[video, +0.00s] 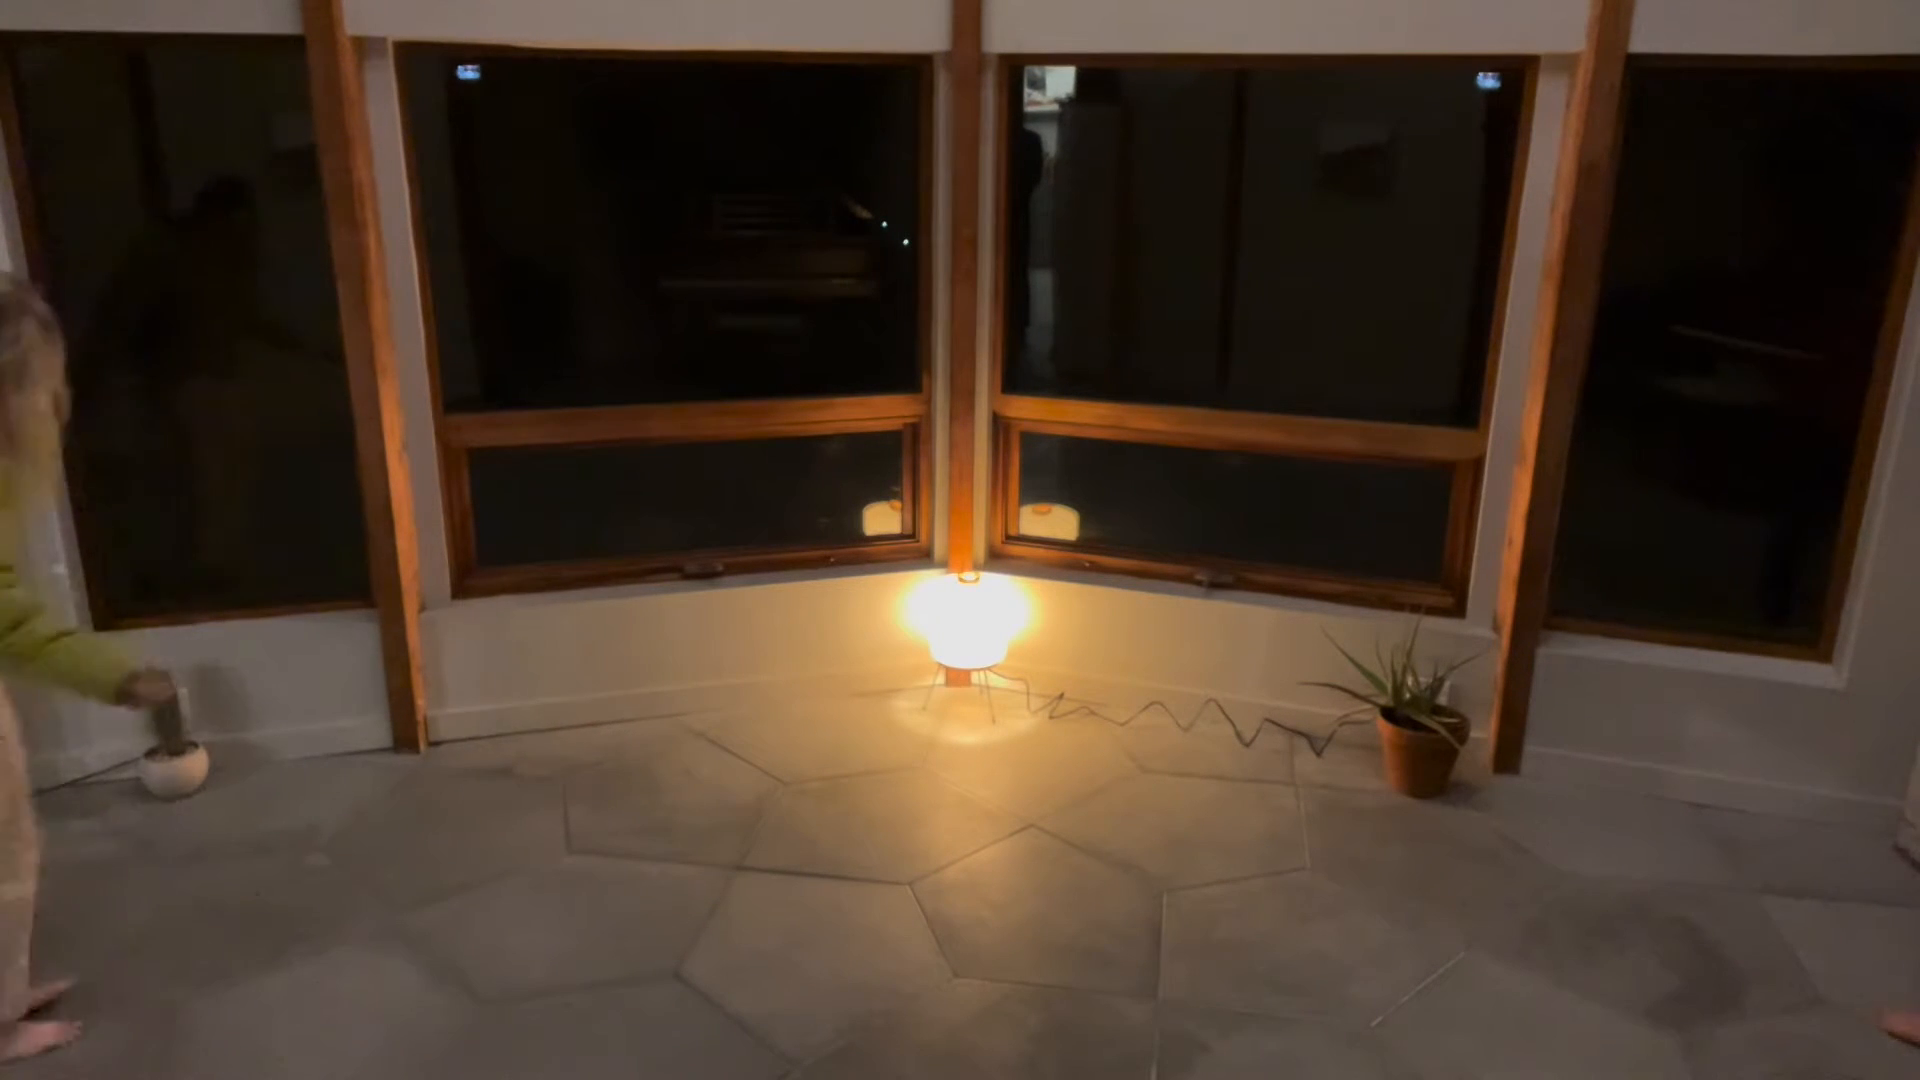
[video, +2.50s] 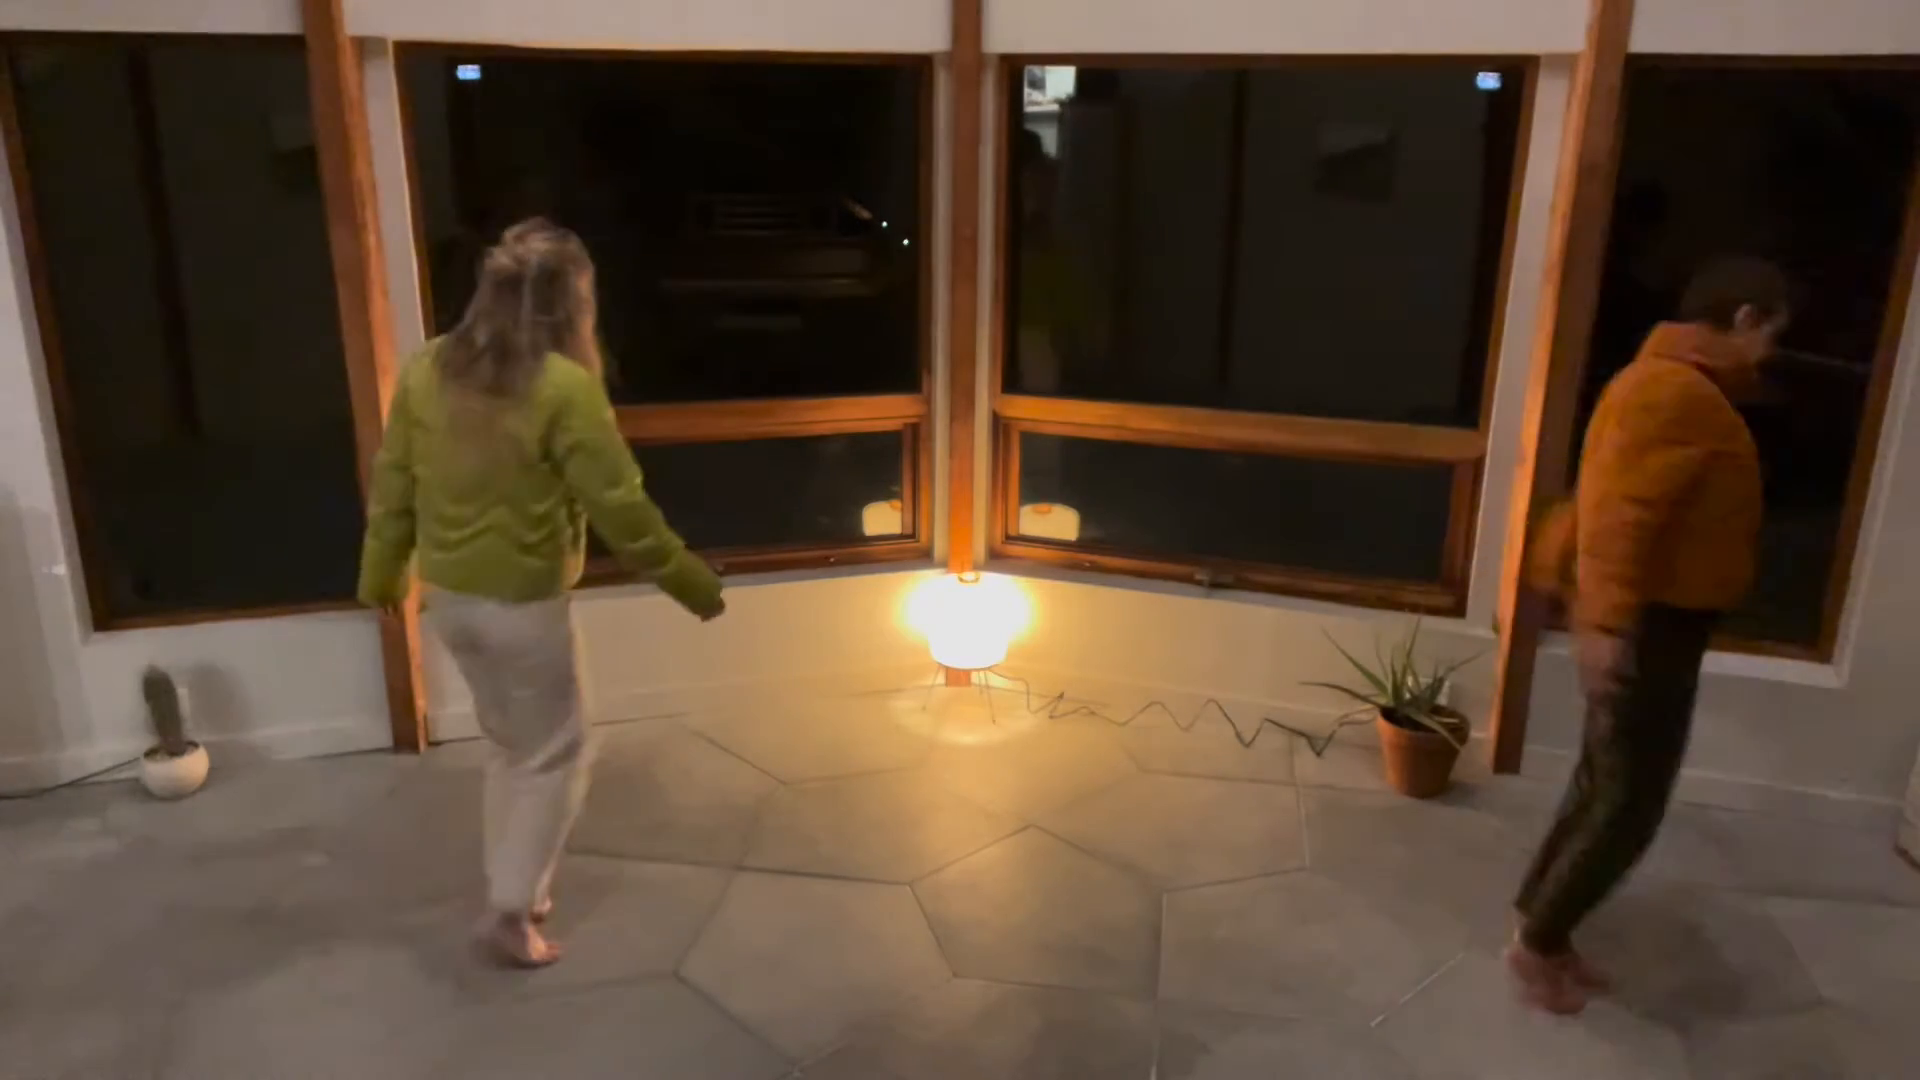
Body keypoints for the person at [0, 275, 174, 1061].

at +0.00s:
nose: (56, 404)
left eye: (54, 385)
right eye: (43, 387)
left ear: (27, 392)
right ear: (7, 397)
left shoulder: (17, 473)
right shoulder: (5, 483)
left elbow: (19, 620)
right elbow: (14, 622)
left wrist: (118, 677)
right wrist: (120, 677)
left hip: (6, 689)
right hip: (3, 690)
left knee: (16, 838)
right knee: (12, 847)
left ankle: (10, 991)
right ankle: (6, 1023)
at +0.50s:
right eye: (136, 305)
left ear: (41, 319)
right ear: (129, 311)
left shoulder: (10, 407)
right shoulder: (159, 402)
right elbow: (227, 534)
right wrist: (318, 590)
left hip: (41, 654)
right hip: (154, 645)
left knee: (74, 822)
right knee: (208, 776)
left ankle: (90, 974)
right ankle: (237, 931)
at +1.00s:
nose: (111, 343)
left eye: (112, 326)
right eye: (105, 329)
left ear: (146, 318)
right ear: (181, 307)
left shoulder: (190, 400)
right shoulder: (256, 369)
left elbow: (213, 548)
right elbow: (308, 496)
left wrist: (201, 672)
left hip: (278, 616)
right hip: (324, 601)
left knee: (268, 772)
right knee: (298, 758)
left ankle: (337, 904)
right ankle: (357, 865)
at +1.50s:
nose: (353, 333)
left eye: (369, 317)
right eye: (337, 315)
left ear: (391, 317)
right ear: (308, 314)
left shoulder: (426, 387)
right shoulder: (263, 390)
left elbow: (489, 484)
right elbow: (215, 493)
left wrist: (534, 584)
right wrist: (162, 579)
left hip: (439, 597)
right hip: (342, 609)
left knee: (469, 743)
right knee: (371, 756)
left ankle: (476, 855)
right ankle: (417, 841)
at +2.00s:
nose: (513, 329)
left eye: (515, 313)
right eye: (505, 314)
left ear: (486, 311)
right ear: (465, 311)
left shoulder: (473, 374)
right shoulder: (394, 388)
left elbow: (487, 478)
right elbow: (387, 522)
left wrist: (515, 543)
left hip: (474, 594)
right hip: (422, 608)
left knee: (500, 748)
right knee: (482, 752)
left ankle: (459, 875)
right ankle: (418, 898)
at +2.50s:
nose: (592, 311)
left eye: (590, 298)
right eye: (587, 298)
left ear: (492, 292)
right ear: (565, 305)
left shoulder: (427, 368)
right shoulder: (565, 386)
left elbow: (393, 487)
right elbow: (619, 507)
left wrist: (378, 579)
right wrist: (693, 583)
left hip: (448, 601)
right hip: (523, 608)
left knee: (509, 747)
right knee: (554, 750)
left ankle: (513, 893)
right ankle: (513, 914)